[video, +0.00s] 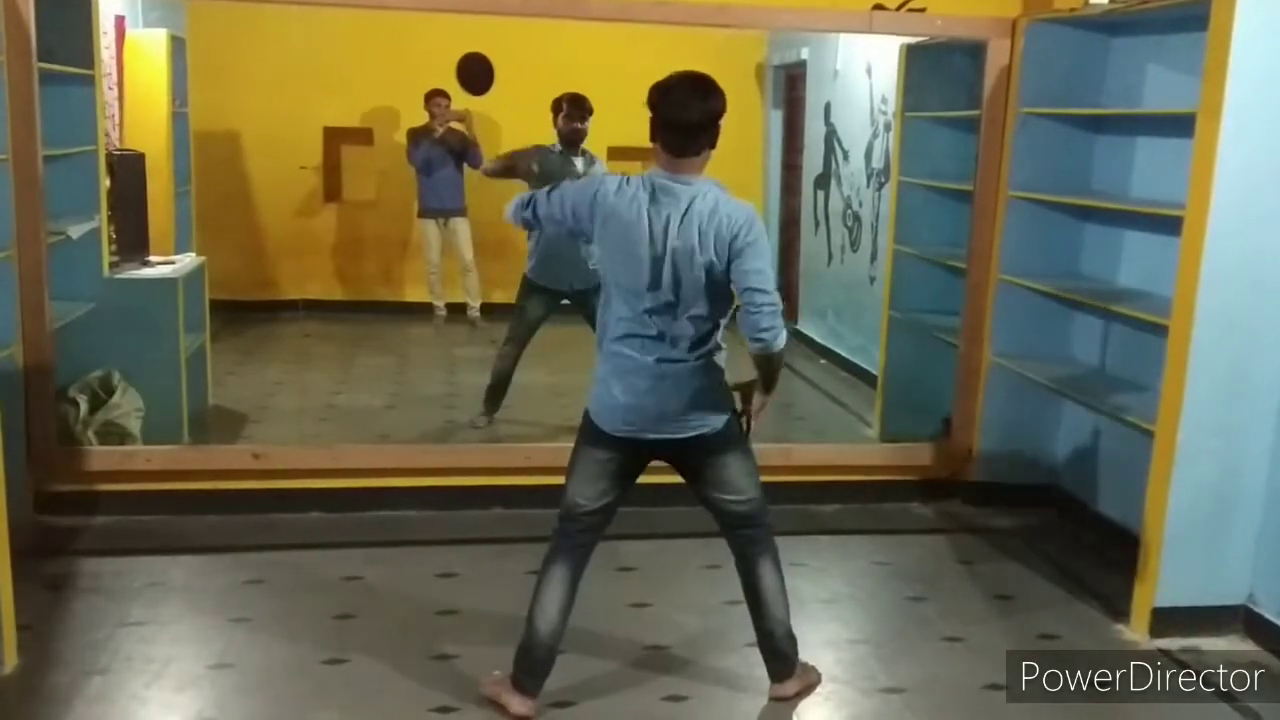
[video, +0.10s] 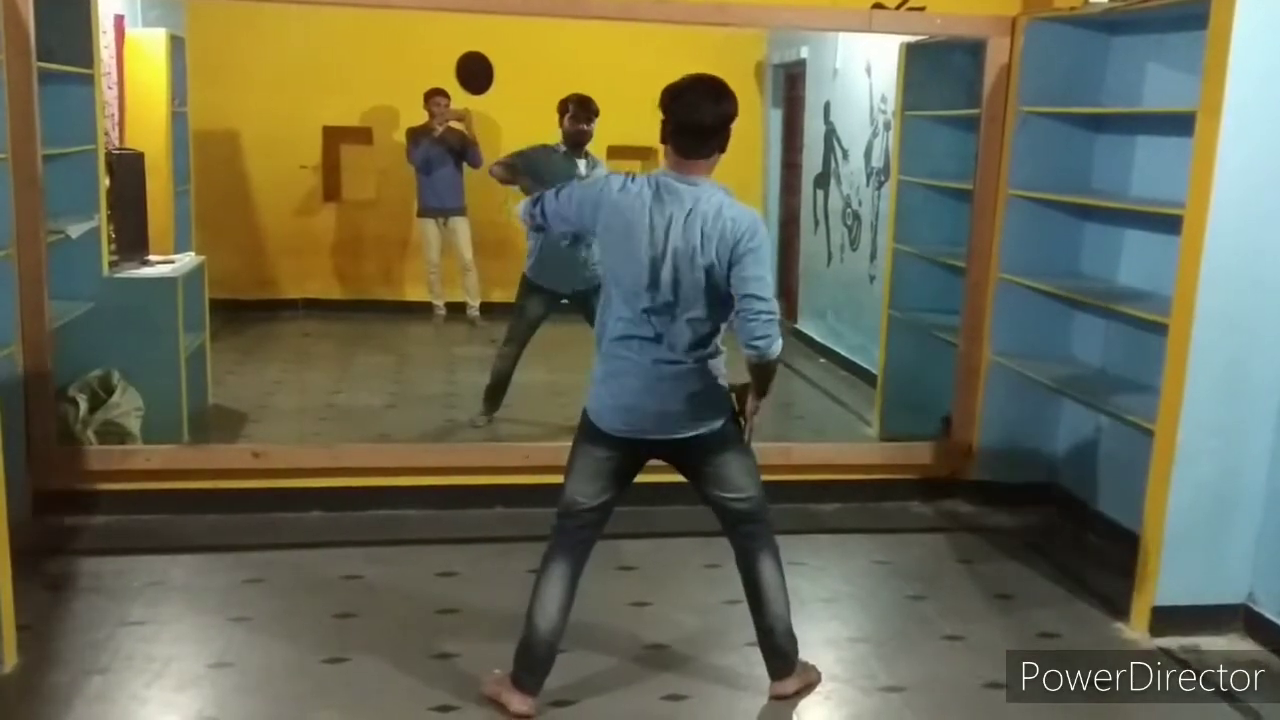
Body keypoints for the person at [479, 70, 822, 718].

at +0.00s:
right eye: (718, 126)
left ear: (652, 130)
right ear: (717, 135)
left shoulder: (606, 198)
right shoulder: (737, 220)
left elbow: (522, 210)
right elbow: (763, 330)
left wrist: (546, 188)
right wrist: (768, 380)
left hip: (617, 408)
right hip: (699, 410)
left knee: (571, 544)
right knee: (752, 539)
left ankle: (523, 688)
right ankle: (784, 673)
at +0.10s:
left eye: (674, 125)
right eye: (726, 130)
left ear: (662, 132)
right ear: (727, 139)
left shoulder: (612, 197)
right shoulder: (741, 225)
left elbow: (534, 213)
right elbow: (760, 341)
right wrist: (759, 387)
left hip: (616, 407)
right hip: (696, 411)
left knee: (569, 541)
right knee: (752, 532)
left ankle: (523, 686)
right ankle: (784, 671)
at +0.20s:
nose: (732, 147)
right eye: (735, 139)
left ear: (672, 137)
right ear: (735, 147)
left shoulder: (613, 195)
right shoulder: (745, 227)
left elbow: (543, 242)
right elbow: (761, 343)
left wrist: (541, 201)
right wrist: (751, 395)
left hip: (615, 405)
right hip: (697, 410)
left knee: (569, 537)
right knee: (753, 528)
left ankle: (523, 685)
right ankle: (784, 669)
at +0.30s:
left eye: (677, 130)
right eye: (733, 141)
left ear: (675, 136)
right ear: (737, 150)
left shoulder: (617, 200)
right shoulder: (745, 227)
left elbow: (548, 264)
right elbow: (760, 344)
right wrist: (744, 398)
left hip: (614, 405)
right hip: (697, 410)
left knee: (567, 535)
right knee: (754, 527)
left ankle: (521, 684)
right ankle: (784, 668)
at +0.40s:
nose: (676, 136)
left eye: (676, 126)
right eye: (729, 134)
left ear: (672, 132)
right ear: (735, 142)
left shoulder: (621, 199)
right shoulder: (743, 224)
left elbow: (571, 260)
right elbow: (757, 341)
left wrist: (604, 307)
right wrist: (748, 392)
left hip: (613, 402)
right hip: (695, 408)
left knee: (569, 535)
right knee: (752, 528)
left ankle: (522, 684)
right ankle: (783, 667)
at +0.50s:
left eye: (674, 126)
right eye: (727, 131)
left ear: (668, 132)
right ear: (732, 140)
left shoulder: (623, 197)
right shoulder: (741, 225)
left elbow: (565, 235)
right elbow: (756, 338)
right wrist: (757, 386)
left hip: (615, 401)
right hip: (695, 407)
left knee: (571, 536)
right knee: (752, 528)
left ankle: (521, 683)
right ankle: (783, 667)